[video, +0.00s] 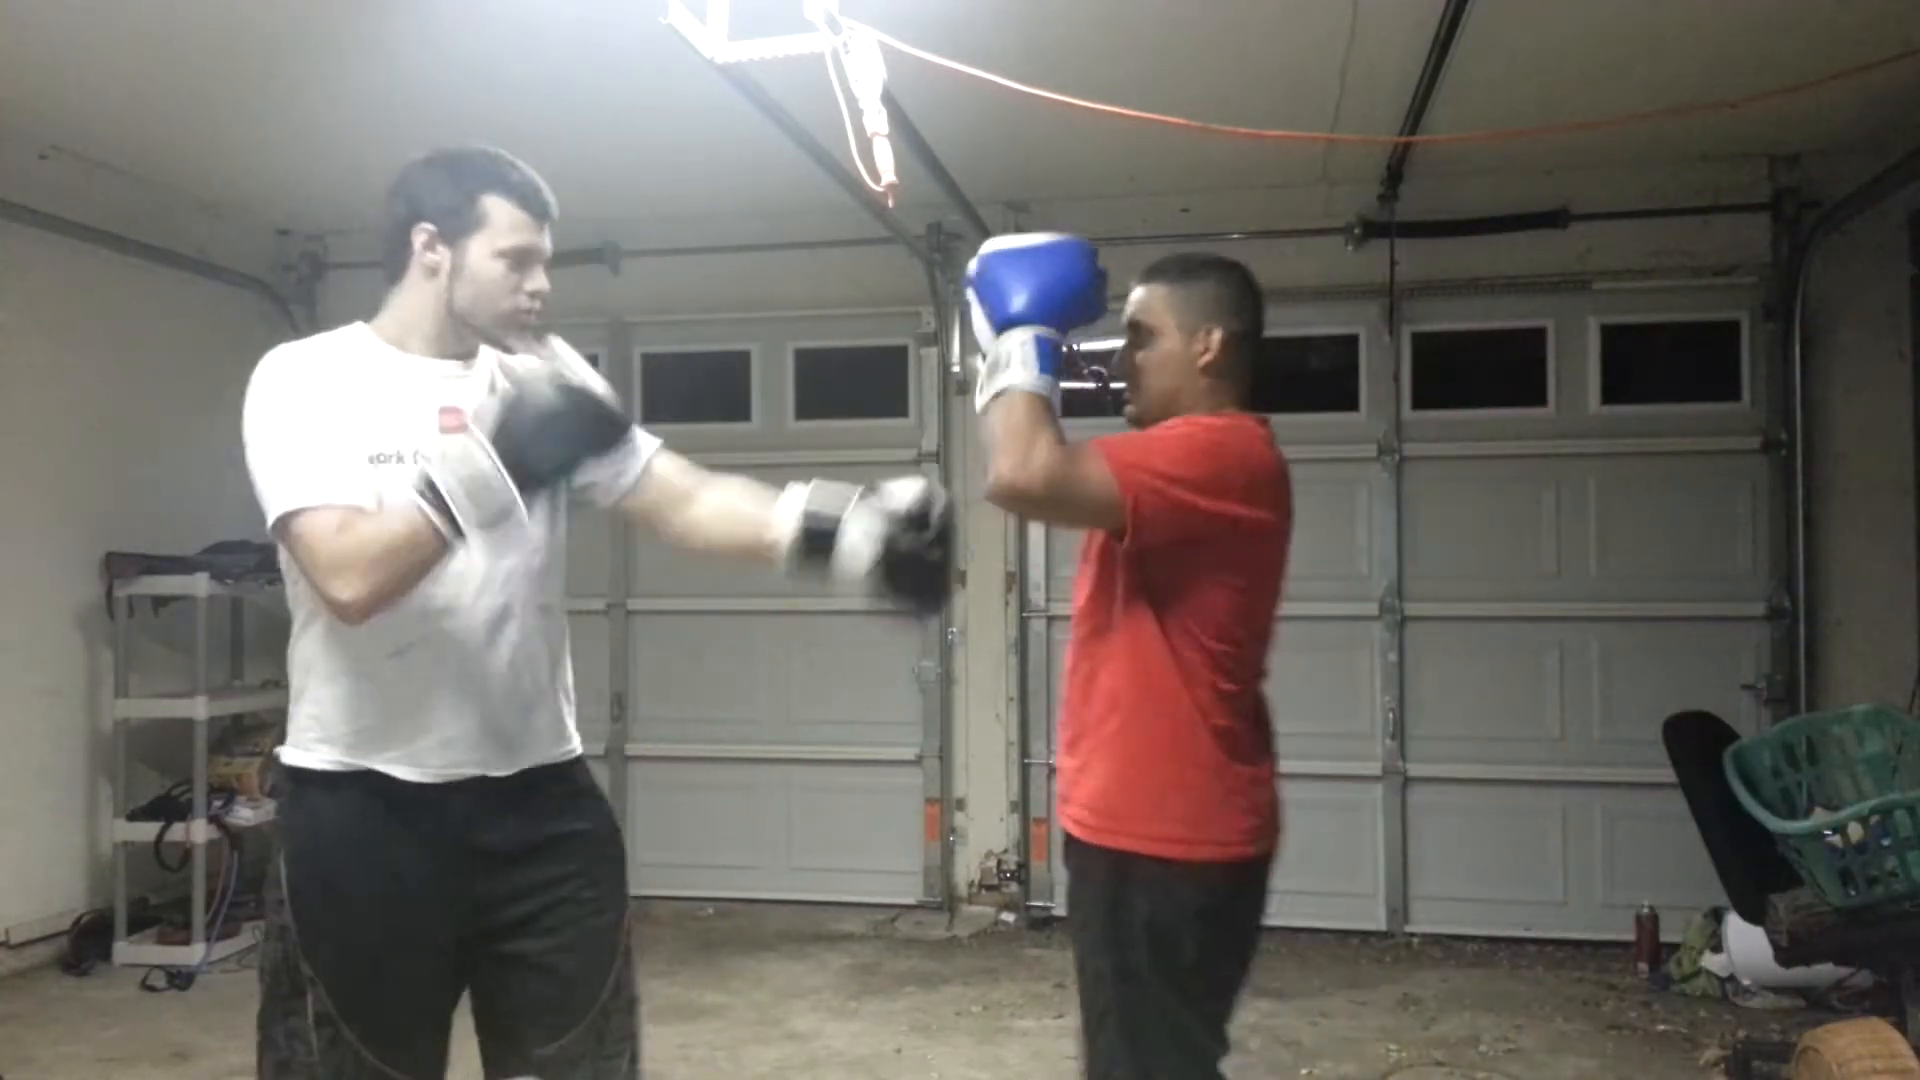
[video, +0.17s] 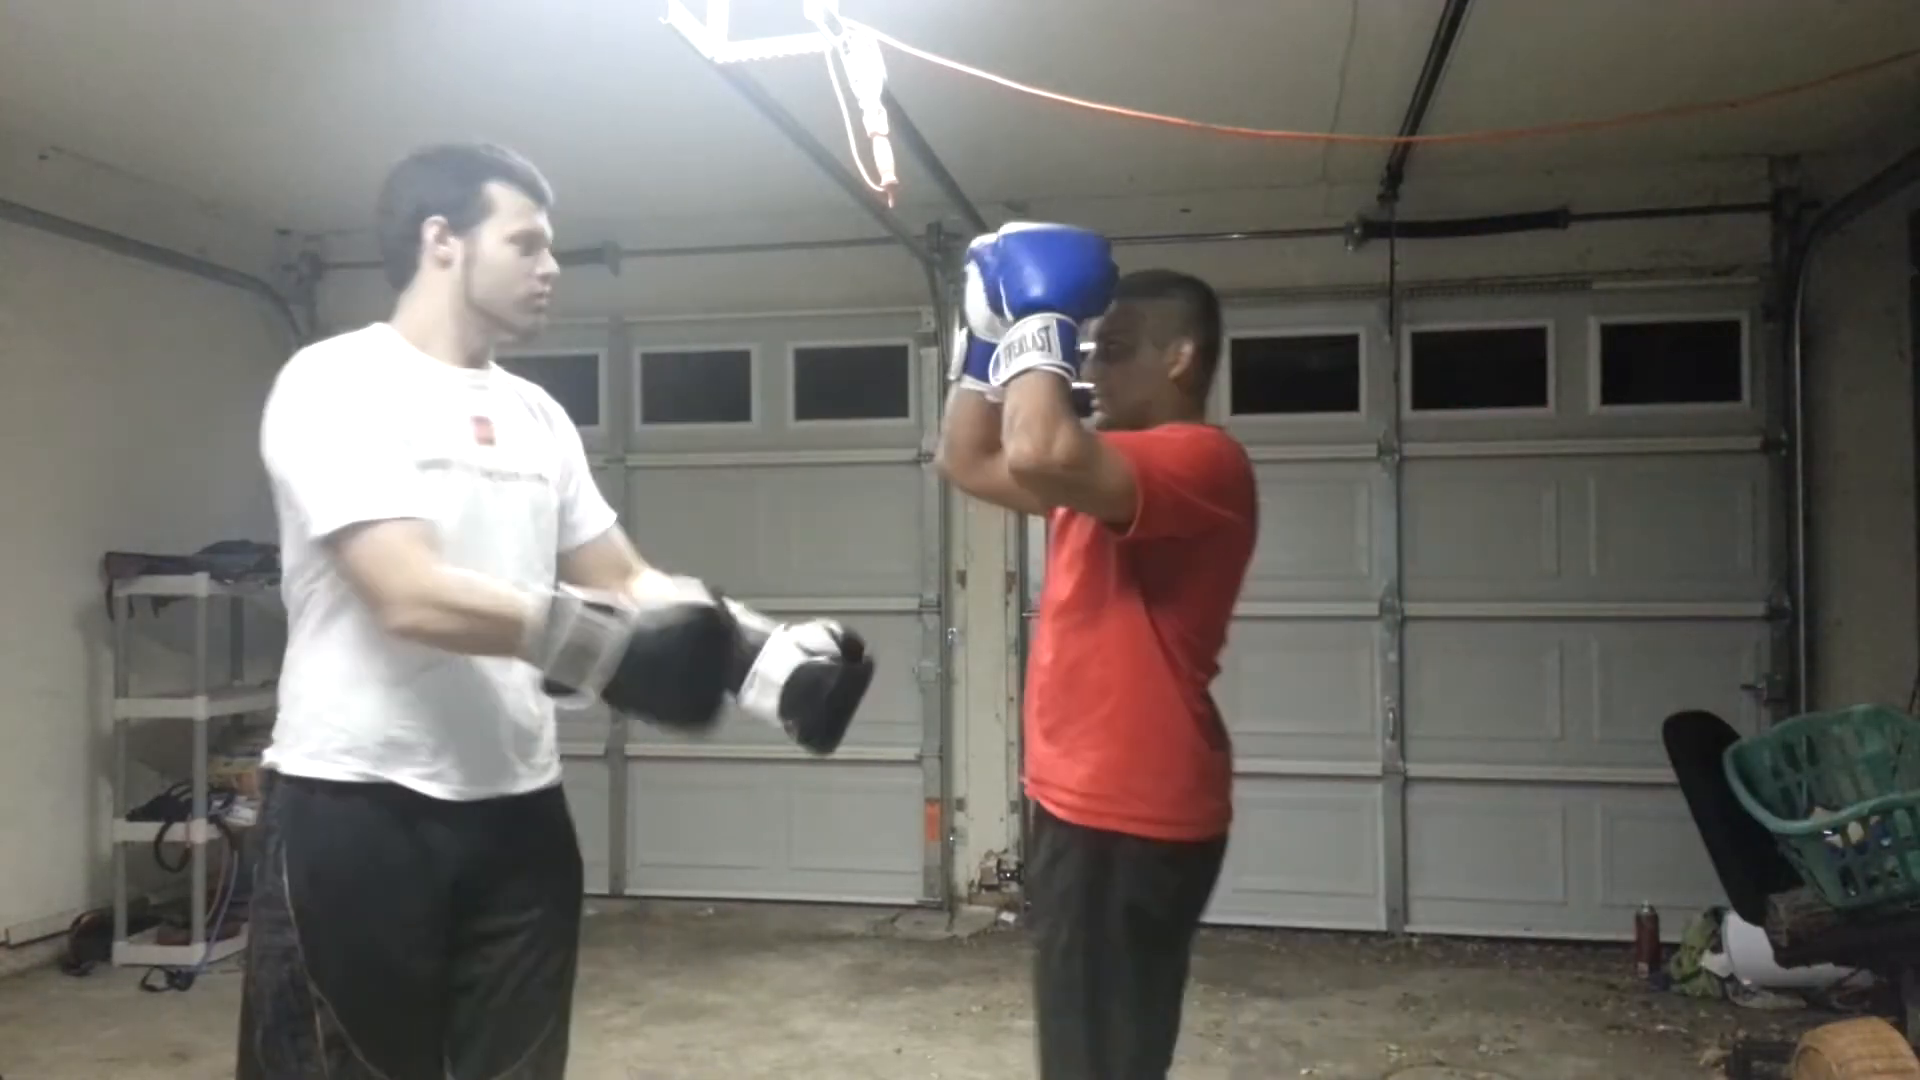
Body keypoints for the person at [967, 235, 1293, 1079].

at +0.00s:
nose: (1124, 361)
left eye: (1143, 337)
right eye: (1127, 339)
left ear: (1208, 347)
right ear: (1206, 350)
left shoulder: (1227, 453)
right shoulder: (1184, 454)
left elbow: (1027, 472)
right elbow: (1024, 476)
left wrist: (1022, 336)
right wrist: (1005, 352)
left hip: (1172, 842)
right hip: (1135, 834)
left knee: (1153, 1065)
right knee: (1131, 1062)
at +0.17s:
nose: (1090, 370)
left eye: (1114, 348)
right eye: (1092, 350)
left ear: (1183, 358)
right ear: (1079, 359)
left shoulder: (1206, 461)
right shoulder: (1100, 466)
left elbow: (1044, 453)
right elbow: (968, 460)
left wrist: (1035, 329)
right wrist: (985, 338)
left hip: (1134, 824)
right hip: (1076, 816)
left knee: (1102, 1060)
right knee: (1076, 1055)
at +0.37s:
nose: (1051, 379)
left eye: (1073, 357)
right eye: (1049, 360)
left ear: (1141, 366)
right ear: (1044, 374)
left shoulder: (1170, 462)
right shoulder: (1059, 468)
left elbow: (1027, 494)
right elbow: (930, 501)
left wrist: (999, 357)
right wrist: (924, 379)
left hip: (1112, 808)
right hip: (1057, 798)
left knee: (1016, 1047)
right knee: (1089, 1052)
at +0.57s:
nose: (1007, 388)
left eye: (1027, 367)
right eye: (1003, 372)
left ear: (1093, 373)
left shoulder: (1127, 476)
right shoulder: (1008, 491)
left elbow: (1032, 584)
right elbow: (924, 604)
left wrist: (908, 509)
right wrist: (856, 535)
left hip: (1085, 802)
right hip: (1028, 801)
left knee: (983, 1039)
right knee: (1091, 1042)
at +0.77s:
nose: (945, 402)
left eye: (964, 381)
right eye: (941, 385)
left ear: (1028, 386)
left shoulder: (1070, 491)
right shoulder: (959, 501)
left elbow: (1076, 652)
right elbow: (934, 626)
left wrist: (929, 659)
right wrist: (875, 639)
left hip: (1030, 813)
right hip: (975, 807)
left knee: (947, 1040)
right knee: (1063, 1040)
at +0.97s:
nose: (887, 407)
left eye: (908, 385)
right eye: (882, 389)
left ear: (970, 388)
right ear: (878, 398)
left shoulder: (1018, 499)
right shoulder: (889, 491)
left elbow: (1036, 657)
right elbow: (853, 614)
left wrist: (904, 673)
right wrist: (813, 646)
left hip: (980, 810)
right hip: (902, 804)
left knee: (962, 1027)